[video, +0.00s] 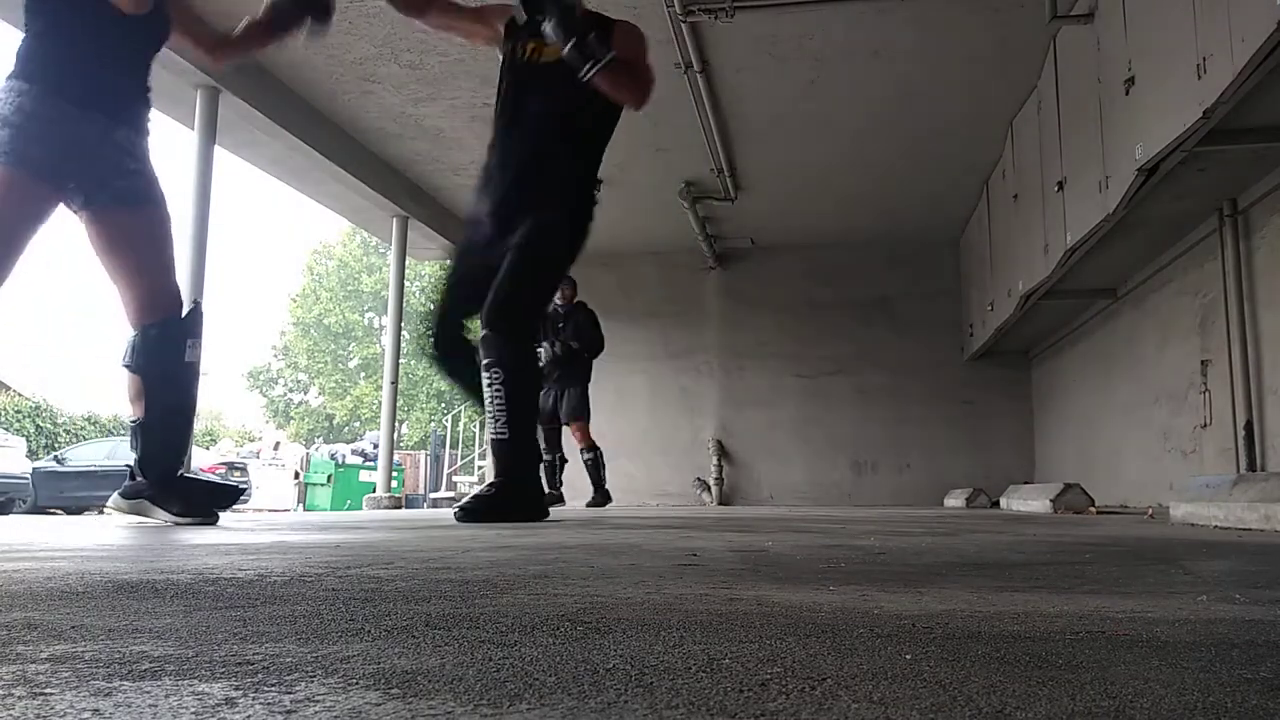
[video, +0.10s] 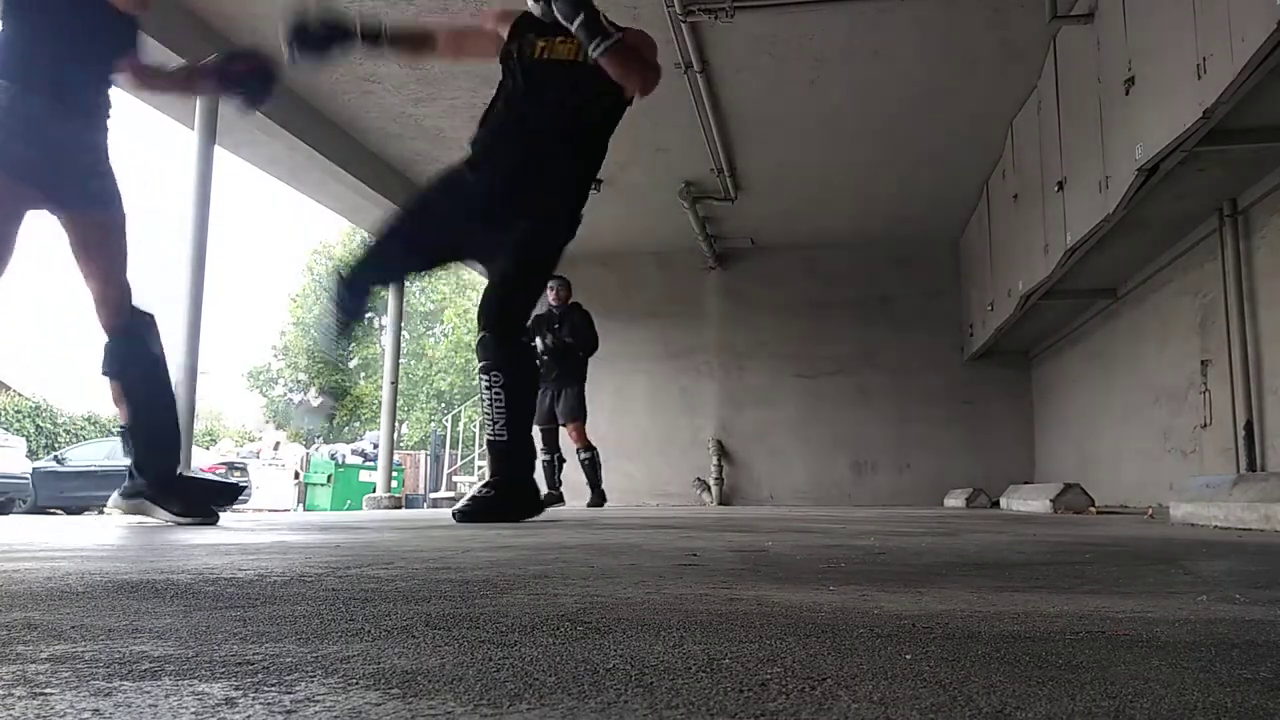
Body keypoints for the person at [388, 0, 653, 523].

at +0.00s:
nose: (540, 3)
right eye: (533, 3)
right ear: (528, 0)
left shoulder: (619, 34)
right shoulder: (511, 24)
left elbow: (635, 94)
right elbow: (427, 10)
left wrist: (574, 41)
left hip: (556, 210)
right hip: (494, 207)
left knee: (504, 325)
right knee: (447, 338)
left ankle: (518, 485)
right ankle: (519, 418)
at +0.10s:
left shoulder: (627, 40)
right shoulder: (514, 24)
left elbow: (643, 82)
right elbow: (434, 41)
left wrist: (582, 19)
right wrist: (351, 37)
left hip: (545, 207)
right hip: (476, 187)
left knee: (501, 320)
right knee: (364, 272)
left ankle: (514, 482)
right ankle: (351, 298)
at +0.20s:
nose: (551, 7)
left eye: (562, 1)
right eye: (544, 6)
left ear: (586, 1)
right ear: (539, 4)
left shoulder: (627, 53)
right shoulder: (513, 37)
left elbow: (633, 88)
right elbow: (456, 92)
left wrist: (577, 22)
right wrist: (377, 116)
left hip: (521, 222)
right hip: (449, 182)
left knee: (496, 341)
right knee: (309, 215)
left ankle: (491, 487)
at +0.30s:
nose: (543, 13)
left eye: (553, 7)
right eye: (542, 9)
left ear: (591, 9)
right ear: (545, 11)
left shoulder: (624, 64)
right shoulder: (519, 48)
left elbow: (615, 103)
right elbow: (498, 56)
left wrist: (567, 38)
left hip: (506, 217)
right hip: (435, 169)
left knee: (492, 348)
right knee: (293, 176)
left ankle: (480, 487)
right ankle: (134, 210)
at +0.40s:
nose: (529, 25)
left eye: (543, 20)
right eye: (528, 21)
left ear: (580, 14)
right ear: (540, 18)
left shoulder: (619, 62)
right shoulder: (518, 42)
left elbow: (597, 105)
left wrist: (539, 39)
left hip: (501, 215)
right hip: (433, 167)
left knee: (494, 344)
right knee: (302, 146)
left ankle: (478, 489)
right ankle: (150, 214)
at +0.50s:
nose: (532, 12)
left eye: (542, 8)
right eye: (529, 10)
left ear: (572, 5)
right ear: (536, 11)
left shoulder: (616, 51)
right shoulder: (512, 38)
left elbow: (588, 91)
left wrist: (530, 36)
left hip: (502, 208)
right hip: (439, 161)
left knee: (492, 342)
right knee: (329, 129)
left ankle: (479, 487)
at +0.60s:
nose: (511, 9)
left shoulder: (612, 44)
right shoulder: (504, 30)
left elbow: (591, 86)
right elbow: (457, 86)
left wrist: (531, 27)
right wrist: (400, 63)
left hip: (506, 202)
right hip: (446, 167)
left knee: (493, 341)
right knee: (340, 137)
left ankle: (484, 485)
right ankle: (300, 286)